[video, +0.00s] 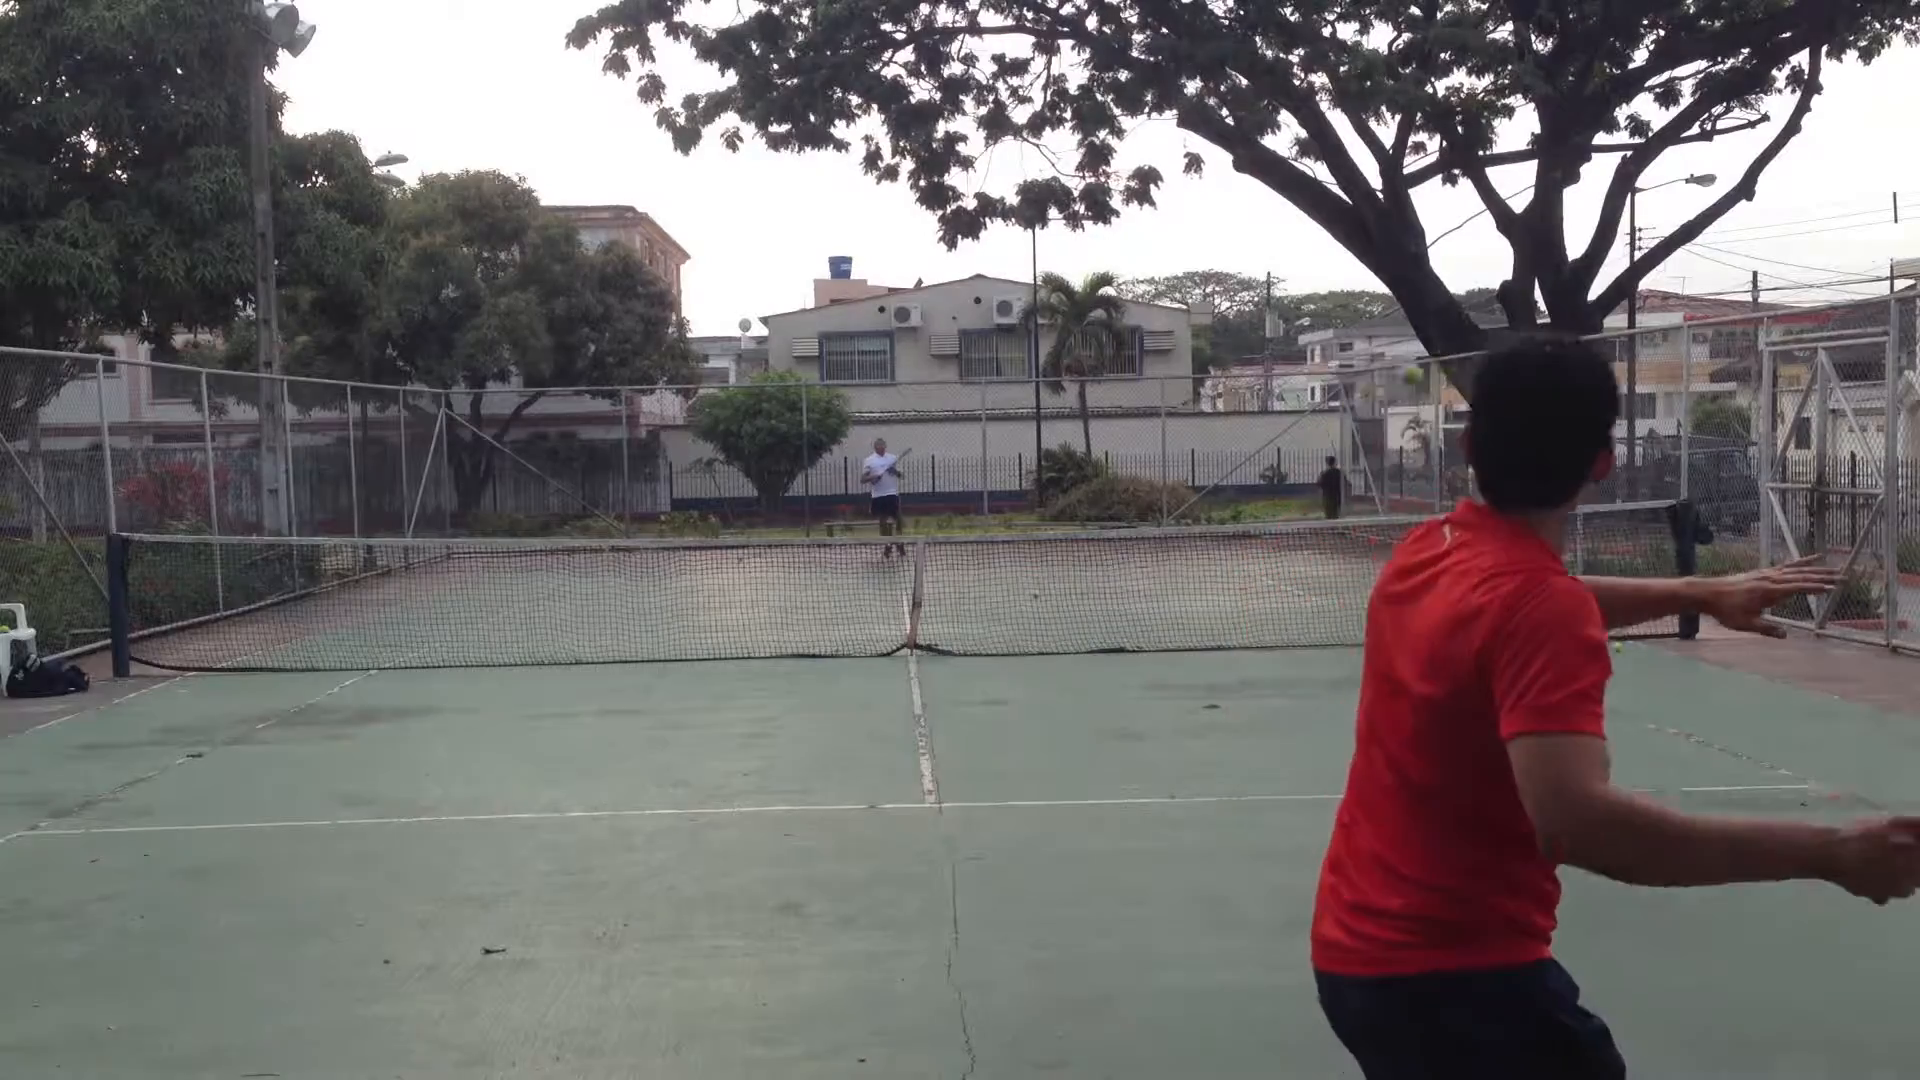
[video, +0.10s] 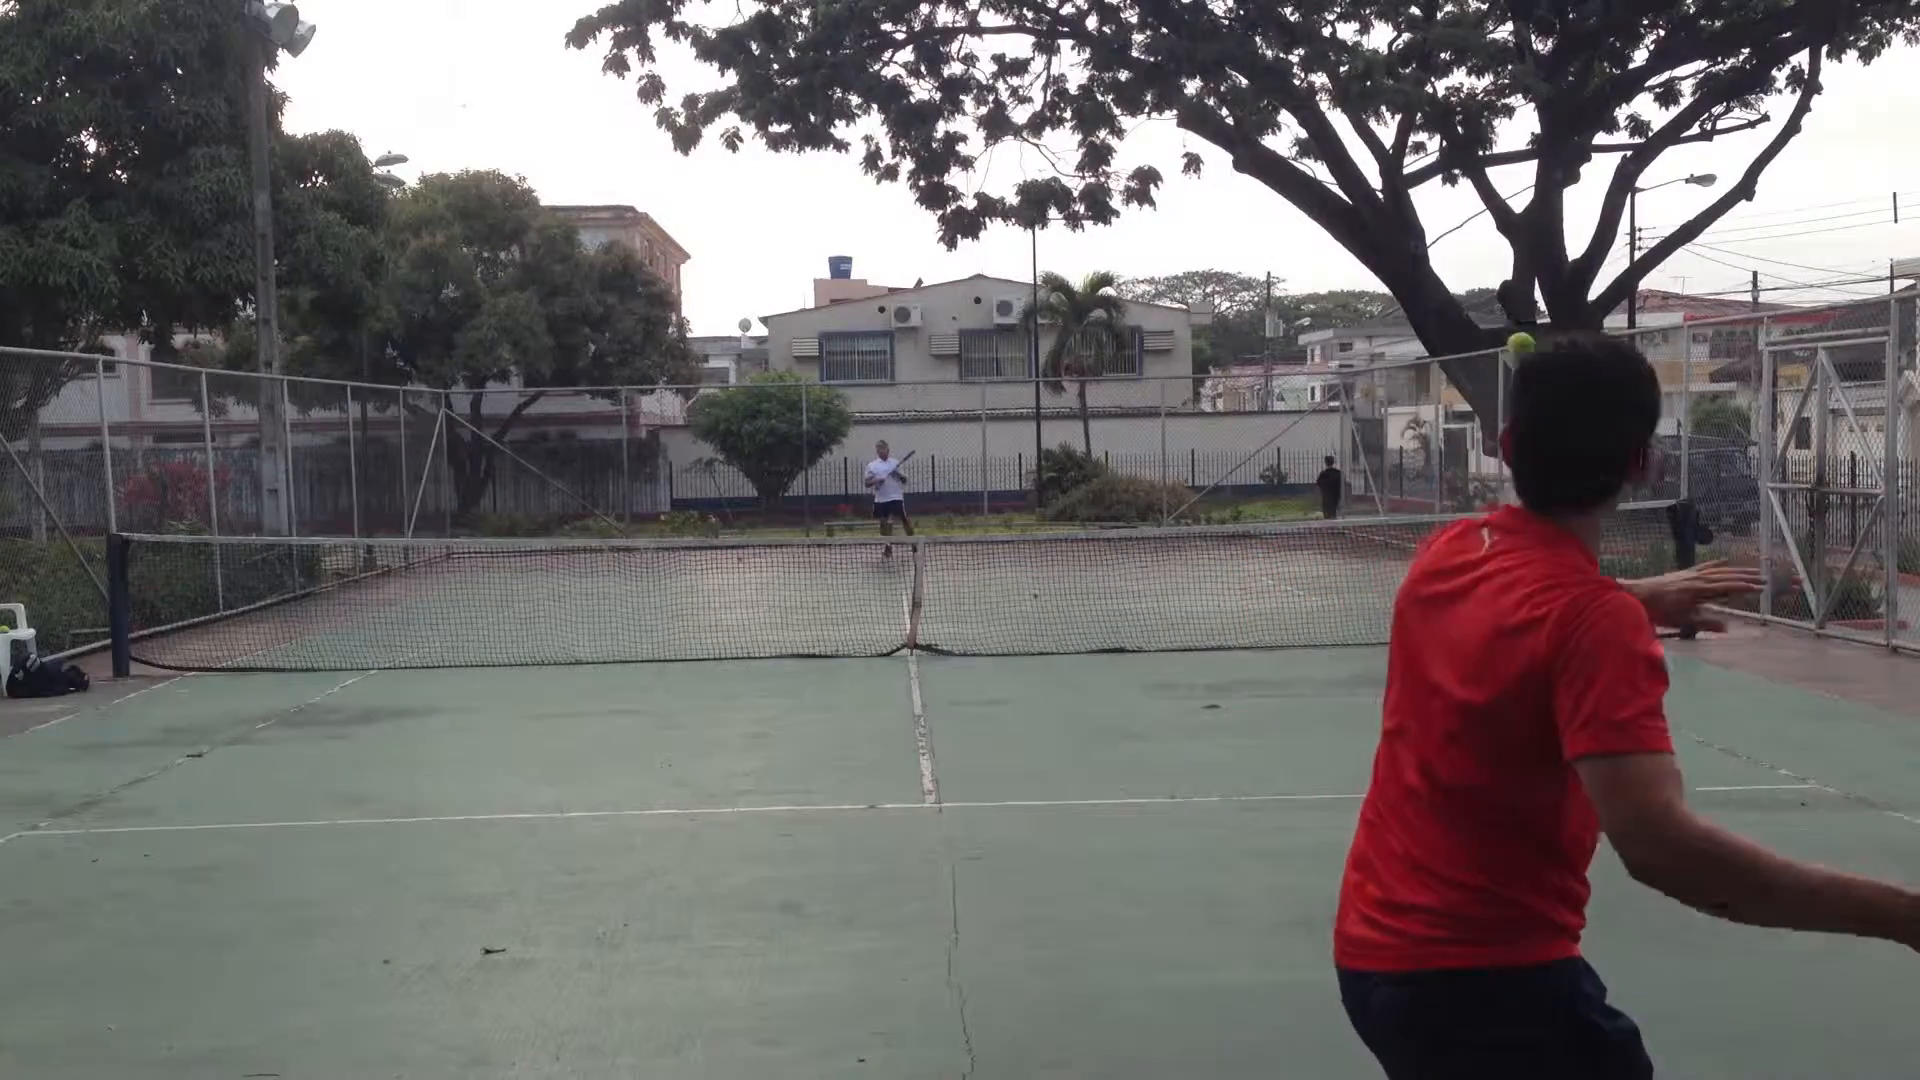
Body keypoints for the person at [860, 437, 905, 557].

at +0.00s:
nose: (880, 451)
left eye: (882, 448)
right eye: (878, 449)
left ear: (885, 448)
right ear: (874, 448)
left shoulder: (892, 458)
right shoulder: (869, 461)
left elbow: (901, 475)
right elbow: (863, 479)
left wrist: (895, 472)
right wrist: (873, 477)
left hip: (892, 493)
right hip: (878, 494)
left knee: (897, 518)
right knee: (882, 520)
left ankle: (900, 541)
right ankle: (887, 544)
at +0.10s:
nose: (882, 453)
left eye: (884, 450)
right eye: (880, 451)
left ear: (888, 450)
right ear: (877, 451)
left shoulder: (894, 463)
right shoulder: (872, 466)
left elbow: (904, 480)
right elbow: (867, 483)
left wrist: (897, 475)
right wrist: (877, 480)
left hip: (896, 497)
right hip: (881, 499)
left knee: (903, 518)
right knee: (883, 523)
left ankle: (913, 541)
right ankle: (887, 545)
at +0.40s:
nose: (897, 456)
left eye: (899, 453)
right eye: (894, 454)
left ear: (902, 452)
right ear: (891, 453)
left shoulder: (910, 464)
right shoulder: (887, 466)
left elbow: (917, 481)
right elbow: (882, 484)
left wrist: (907, 477)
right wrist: (891, 482)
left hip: (909, 499)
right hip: (893, 500)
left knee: (916, 522)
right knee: (890, 523)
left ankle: (924, 544)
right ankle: (888, 546)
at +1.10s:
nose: (885, 456)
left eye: (887, 453)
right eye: (883, 453)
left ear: (891, 453)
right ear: (880, 454)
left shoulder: (898, 466)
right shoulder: (877, 468)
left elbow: (905, 483)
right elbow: (868, 481)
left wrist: (892, 480)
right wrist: (874, 483)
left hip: (898, 499)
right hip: (885, 500)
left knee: (903, 522)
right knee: (886, 524)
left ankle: (918, 539)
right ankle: (898, 543)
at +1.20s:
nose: (876, 455)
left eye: (878, 452)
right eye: (874, 453)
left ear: (883, 453)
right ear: (872, 454)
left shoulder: (890, 466)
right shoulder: (869, 468)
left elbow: (894, 484)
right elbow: (864, 482)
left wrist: (881, 480)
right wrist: (870, 479)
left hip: (891, 498)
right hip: (879, 499)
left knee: (888, 522)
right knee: (883, 524)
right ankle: (895, 544)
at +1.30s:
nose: (868, 455)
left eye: (870, 453)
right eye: (867, 453)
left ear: (875, 453)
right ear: (864, 453)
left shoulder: (881, 466)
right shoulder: (862, 465)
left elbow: (883, 484)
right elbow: (855, 476)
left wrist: (868, 480)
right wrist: (853, 475)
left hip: (879, 496)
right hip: (869, 496)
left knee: (875, 520)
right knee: (879, 521)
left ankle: (873, 546)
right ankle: (897, 543)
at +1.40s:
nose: (860, 456)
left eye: (862, 454)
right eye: (858, 454)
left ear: (866, 453)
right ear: (856, 454)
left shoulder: (869, 465)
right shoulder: (854, 464)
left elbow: (870, 483)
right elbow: (845, 472)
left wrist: (852, 480)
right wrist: (845, 473)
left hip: (869, 497)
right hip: (860, 496)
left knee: (860, 522)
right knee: (865, 522)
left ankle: (860, 548)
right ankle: (882, 541)